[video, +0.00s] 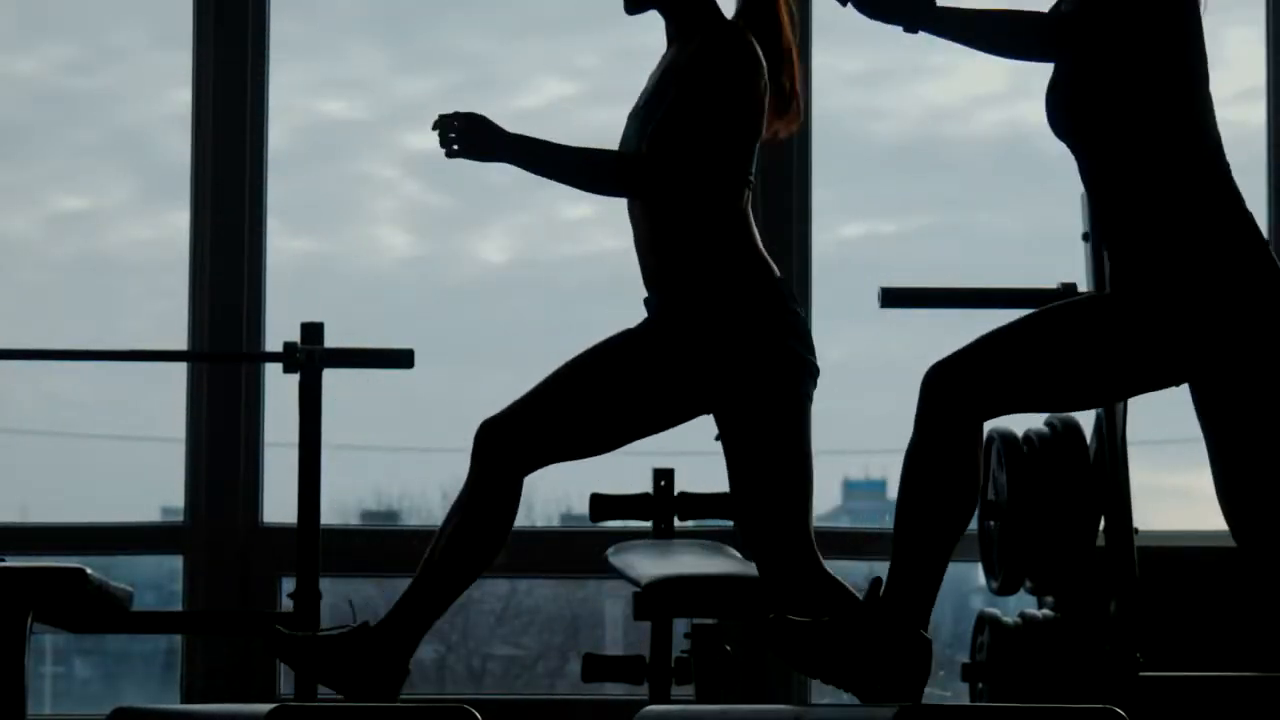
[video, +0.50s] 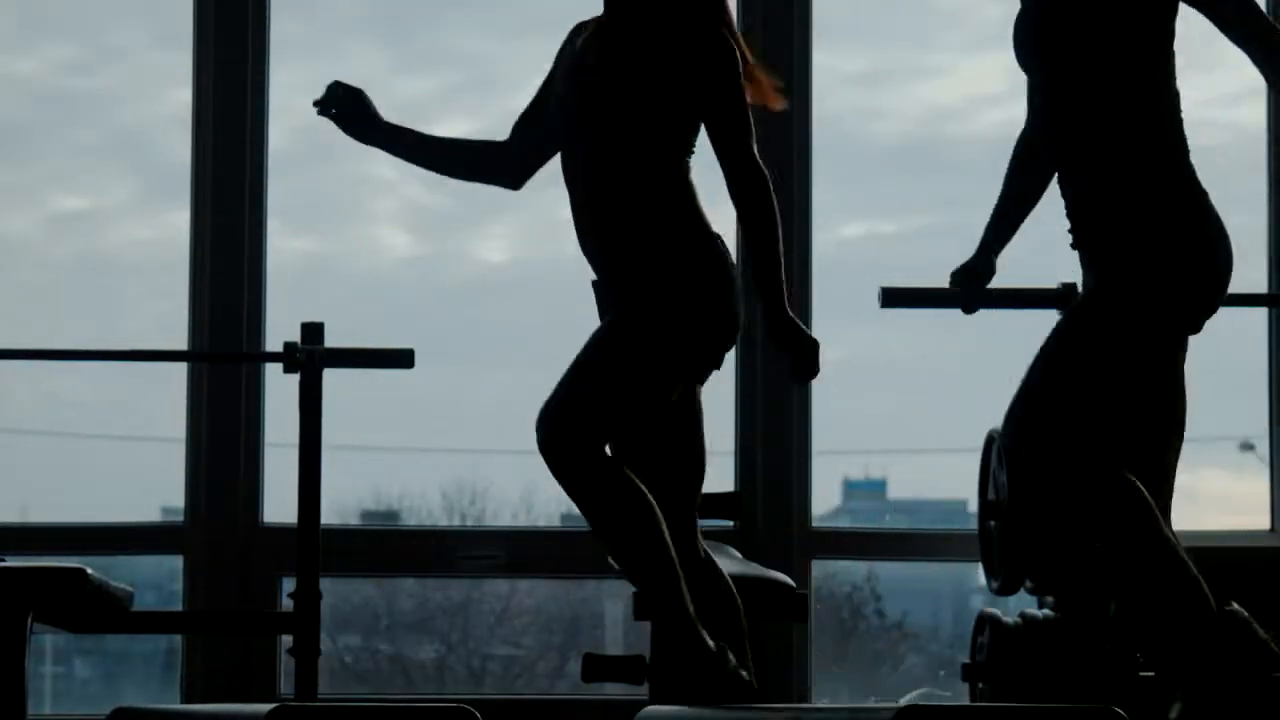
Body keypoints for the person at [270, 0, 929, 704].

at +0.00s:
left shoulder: (719, 58)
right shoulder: (694, 55)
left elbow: (643, 176)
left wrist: (510, 148)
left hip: (735, 338)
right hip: (699, 333)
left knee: (783, 558)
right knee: (504, 445)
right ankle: (386, 648)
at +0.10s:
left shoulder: (725, 41)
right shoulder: (698, 32)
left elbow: (665, 176)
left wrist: (533, 202)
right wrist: (869, 38)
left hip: (757, 316)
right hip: (689, 312)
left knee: (797, 532)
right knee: (523, 444)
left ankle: (906, 707)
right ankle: (510, 670)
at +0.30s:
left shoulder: (717, 64)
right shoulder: (664, 67)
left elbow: (701, 215)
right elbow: (671, 211)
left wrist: (648, 313)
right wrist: (638, 310)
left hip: (724, 338)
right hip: (664, 339)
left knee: (774, 541)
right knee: (633, 554)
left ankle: (889, 705)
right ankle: (732, 718)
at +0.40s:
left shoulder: (708, 67)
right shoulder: (623, 78)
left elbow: (742, 221)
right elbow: (601, 211)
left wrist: (742, 358)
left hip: (699, 339)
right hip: (642, 340)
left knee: (664, 539)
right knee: (653, 543)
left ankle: (818, 684)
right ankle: (726, 703)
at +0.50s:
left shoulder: (697, 38)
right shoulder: (586, 43)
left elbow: (746, 176)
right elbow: (513, 162)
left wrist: (779, 312)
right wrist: (380, 132)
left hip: (684, 295)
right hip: (634, 299)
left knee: (566, 432)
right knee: (666, 511)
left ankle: (693, 649)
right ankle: (718, 672)